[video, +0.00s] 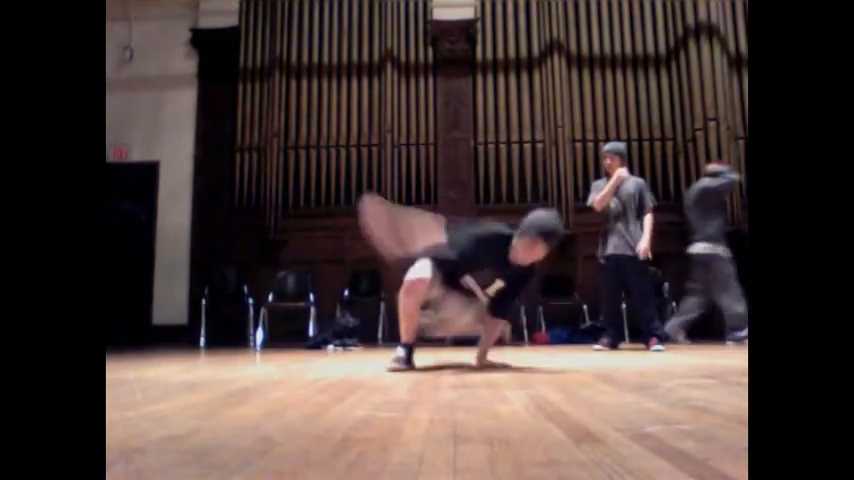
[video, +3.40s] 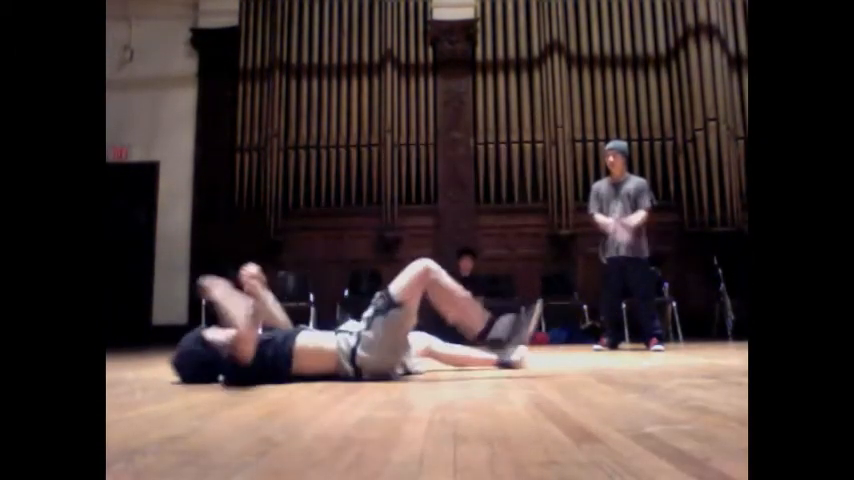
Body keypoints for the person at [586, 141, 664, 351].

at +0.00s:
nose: (608, 162)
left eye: (612, 158)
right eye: (605, 159)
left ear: (622, 160)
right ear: (603, 162)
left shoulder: (637, 183)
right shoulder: (599, 185)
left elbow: (648, 212)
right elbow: (597, 205)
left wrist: (645, 240)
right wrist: (615, 180)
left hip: (633, 248)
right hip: (609, 250)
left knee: (642, 296)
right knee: (610, 298)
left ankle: (652, 336)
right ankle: (610, 336)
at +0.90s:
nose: (607, 165)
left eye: (611, 160)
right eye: (604, 161)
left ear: (622, 162)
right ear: (602, 164)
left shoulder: (638, 185)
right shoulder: (598, 188)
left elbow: (648, 213)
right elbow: (590, 218)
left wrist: (647, 242)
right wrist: (610, 203)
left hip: (635, 247)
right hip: (610, 249)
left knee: (643, 294)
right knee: (611, 296)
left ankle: (653, 336)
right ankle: (612, 337)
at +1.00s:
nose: (610, 162)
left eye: (614, 158)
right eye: (607, 158)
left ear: (623, 160)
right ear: (605, 162)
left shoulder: (639, 184)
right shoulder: (598, 188)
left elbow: (651, 211)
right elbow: (592, 214)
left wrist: (647, 241)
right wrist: (608, 226)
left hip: (636, 250)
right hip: (611, 251)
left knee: (644, 296)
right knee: (610, 298)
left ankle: (653, 336)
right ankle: (609, 337)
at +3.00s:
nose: (612, 159)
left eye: (616, 155)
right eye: (609, 155)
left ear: (625, 158)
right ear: (606, 160)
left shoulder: (640, 185)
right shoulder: (598, 188)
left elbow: (649, 215)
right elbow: (595, 219)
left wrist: (652, 245)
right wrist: (595, 246)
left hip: (636, 251)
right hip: (610, 252)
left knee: (645, 297)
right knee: (610, 299)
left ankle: (653, 336)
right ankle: (609, 337)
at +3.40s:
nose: (611, 161)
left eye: (615, 156)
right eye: (608, 157)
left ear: (624, 159)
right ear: (605, 161)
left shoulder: (639, 184)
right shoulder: (598, 187)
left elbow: (644, 211)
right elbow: (595, 214)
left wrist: (627, 223)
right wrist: (611, 225)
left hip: (636, 252)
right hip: (611, 253)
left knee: (644, 296)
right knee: (610, 298)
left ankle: (653, 336)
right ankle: (609, 337)